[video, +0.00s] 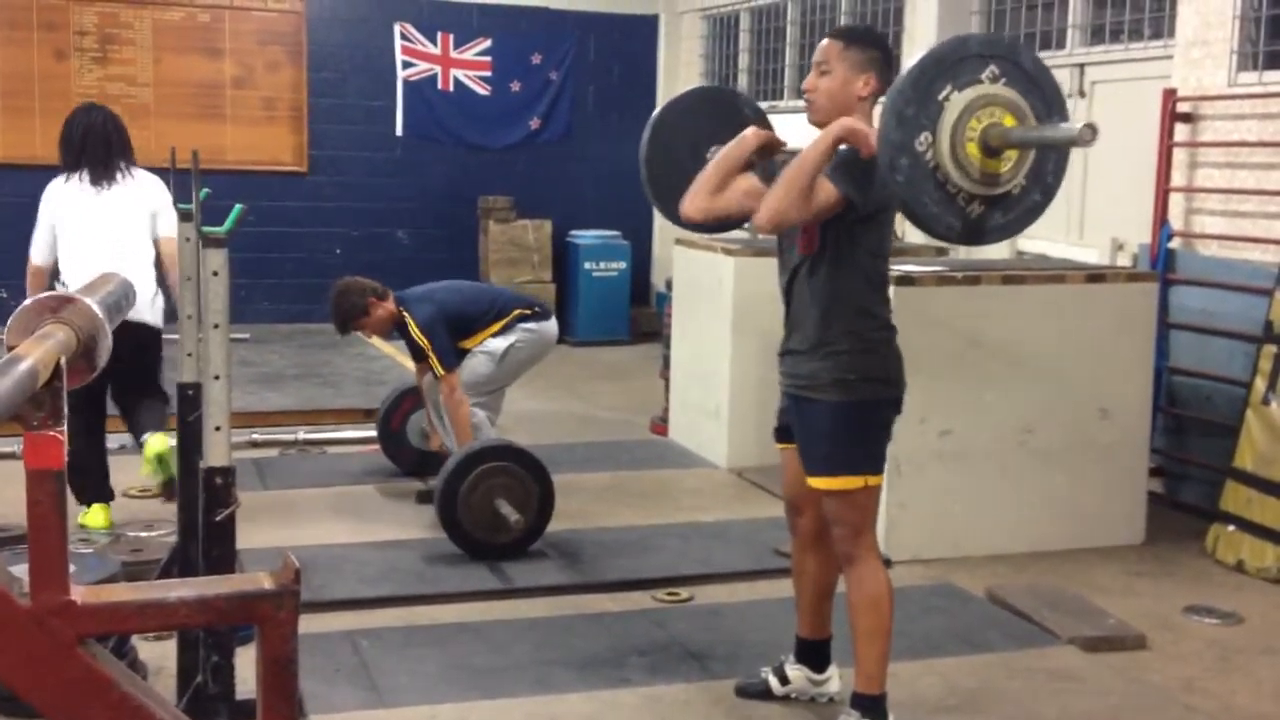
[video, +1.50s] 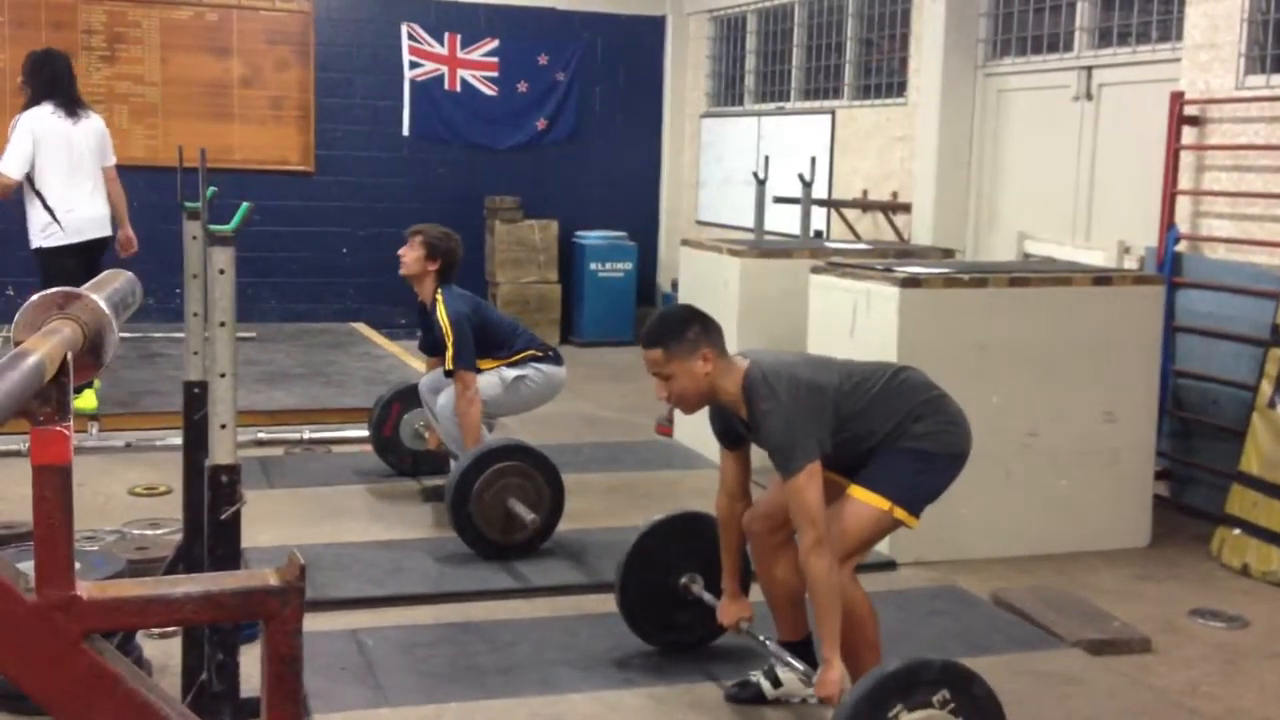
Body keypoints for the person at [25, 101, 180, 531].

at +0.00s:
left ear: (72, 143)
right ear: (121, 139)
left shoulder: (58, 190)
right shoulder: (151, 185)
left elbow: (38, 266)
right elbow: (171, 254)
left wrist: (37, 320)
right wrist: (189, 308)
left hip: (80, 321)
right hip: (141, 315)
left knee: (84, 412)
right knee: (138, 386)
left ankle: (96, 506)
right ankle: (155, 437)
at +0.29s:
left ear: (75, 135)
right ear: (125, 135)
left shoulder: (61, 179)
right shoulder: (143, 181)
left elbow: (29, 224)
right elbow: (165, 240)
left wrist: (67, 224)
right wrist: (194, 291)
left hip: (74, 309)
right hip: (132, 307)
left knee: (86, 399)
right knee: (132, 384)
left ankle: (96, 501)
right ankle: (127, 455)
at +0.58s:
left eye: (91, 126)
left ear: (92, 130)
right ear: (138, 133)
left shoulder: (72, 171)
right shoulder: (151, 178)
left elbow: (57, 238)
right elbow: (164, 248)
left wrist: (50, 283)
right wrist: (178, 298)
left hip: (79, 291)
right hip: (132, 292)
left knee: (83, 367)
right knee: (133, 373)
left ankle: (88, 423)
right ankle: (128, 463)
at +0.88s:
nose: (72, 126)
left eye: (75, 119)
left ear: (79, 123)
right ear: (122, 123)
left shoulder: (68, 162)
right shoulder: (140, 165)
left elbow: (43, 218)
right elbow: (158, 218)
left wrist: (24, 272)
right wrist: (130, 236)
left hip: (73, 273)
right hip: (125, 276)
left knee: (71, 330)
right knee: (130, 363)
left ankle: (83, 390)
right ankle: (128, 451)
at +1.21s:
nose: (36, 96)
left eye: (40, 90)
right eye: (38, 90)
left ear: (49, 93)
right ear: (84, 90)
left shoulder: (44, 132)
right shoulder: (107, 130)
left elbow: (33, 195)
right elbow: (125, 186)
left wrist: (22, 242)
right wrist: (118, 225)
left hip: (62, 245)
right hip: (110, 243)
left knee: (61, 322)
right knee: (112, 312)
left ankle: (78, 391)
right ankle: (119, 368)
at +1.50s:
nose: (20, 82)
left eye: (24, 77)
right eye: (22, 75)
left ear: (34, 81)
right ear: (67, 78)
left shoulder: (29, 122)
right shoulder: (92, 119)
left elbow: (10, 179)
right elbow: (111, 176)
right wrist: (124, 224)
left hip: (55, 235)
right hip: (97, 230)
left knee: (60, 316)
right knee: (91, 310)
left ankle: (70, 392)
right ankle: (88, 388)